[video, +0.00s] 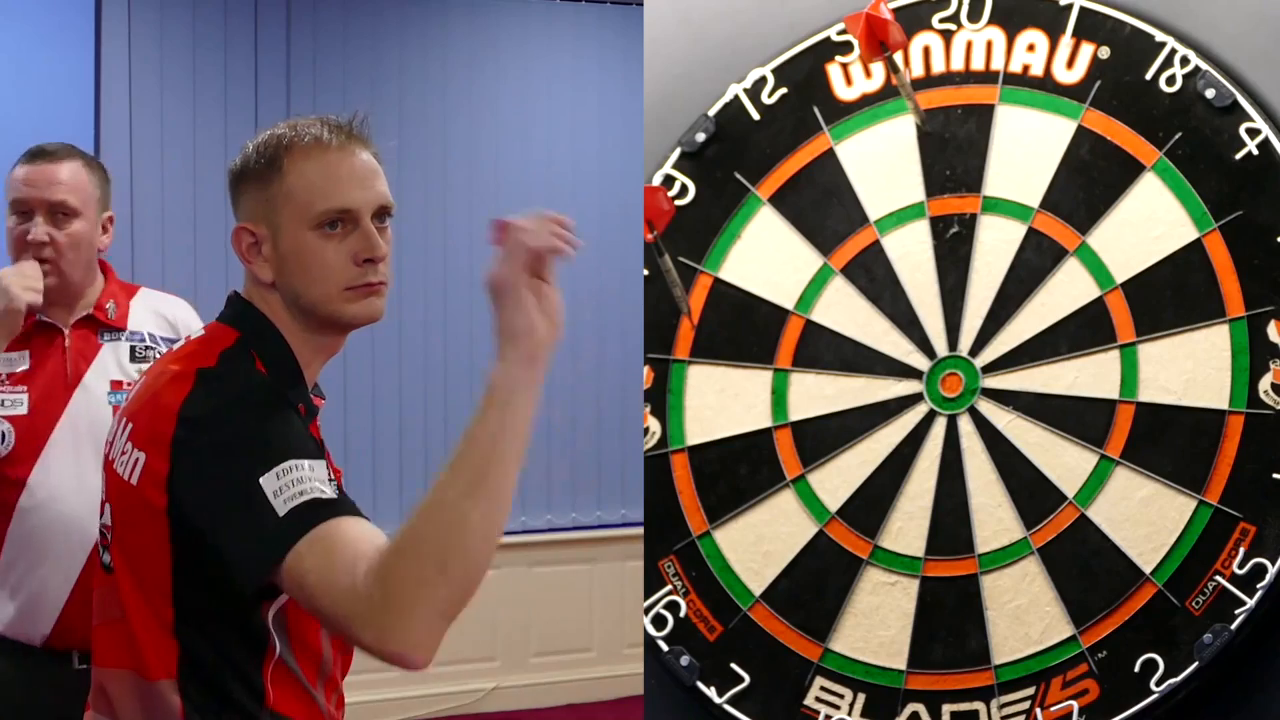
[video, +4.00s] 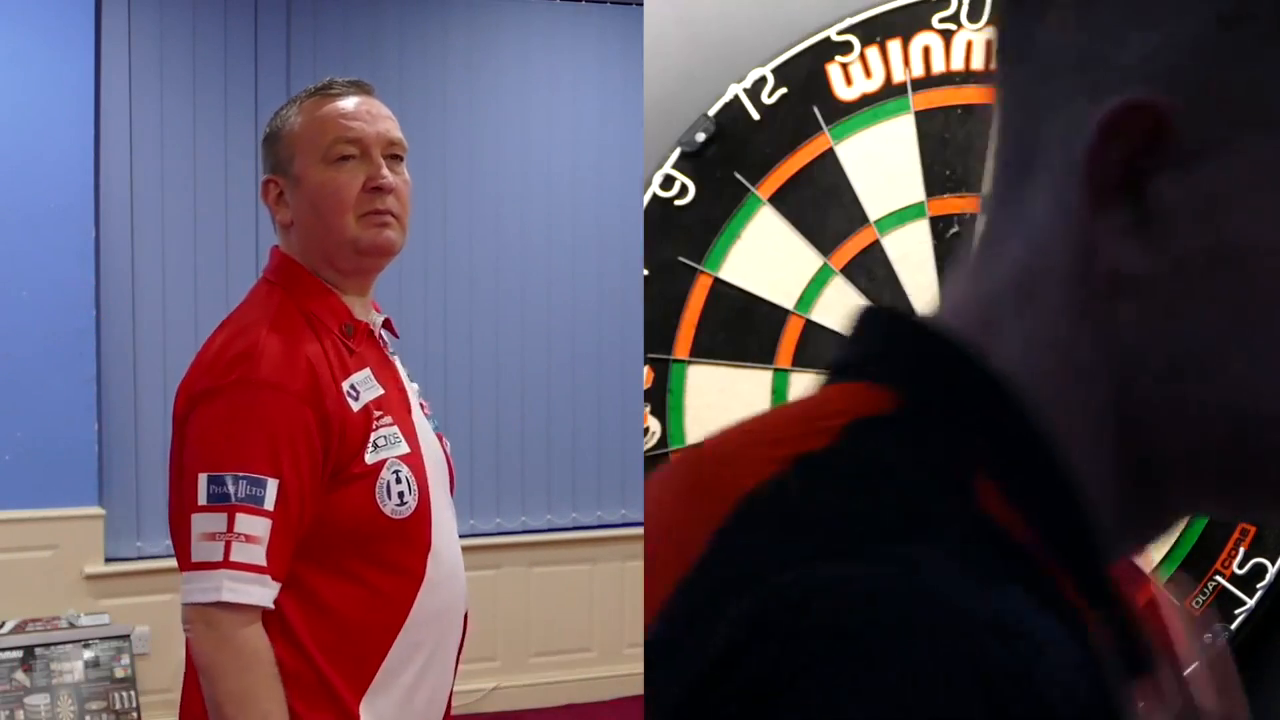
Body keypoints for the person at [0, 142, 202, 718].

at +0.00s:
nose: (36, 233)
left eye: (61, 215)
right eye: (22, 214)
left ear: (105, 230)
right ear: (6, 222)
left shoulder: (170, 323)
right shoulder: (1, 331)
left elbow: (216, 467)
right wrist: (4, 332)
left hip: (145, 660)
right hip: (17, 659)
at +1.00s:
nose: (140, 209)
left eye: (155, 196)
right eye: (116, 195)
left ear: (173, 222)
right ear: (74, 225)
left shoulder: (215, 331)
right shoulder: (19, 344)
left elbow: (262, 472)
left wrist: (204, 560)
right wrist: (120, 562)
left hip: (200, 655)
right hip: (69, 663)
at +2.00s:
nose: (153, 249)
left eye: (170, 227)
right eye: (128, 224)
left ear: (185, 231)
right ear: (69, 222)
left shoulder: (211, 346)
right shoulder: (9, 357)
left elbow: (230, 499)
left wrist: (247, 605)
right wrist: (90, 610)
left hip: (199, 697)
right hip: (47, 699)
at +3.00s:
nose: (341, 201)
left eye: (352, 181)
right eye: (308, 179)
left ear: (365, 199)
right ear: (242, 211)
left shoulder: (310, 337)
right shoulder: (227, 338)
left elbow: (316, 543)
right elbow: (187, 568)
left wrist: (400, 663)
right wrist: (399, 622)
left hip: (355, 703)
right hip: (263, 704)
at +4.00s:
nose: (383, 178)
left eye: (394, 158)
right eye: (346, 159)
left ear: (409, 183)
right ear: (279, 201)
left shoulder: (364, 335)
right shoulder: (259, 361)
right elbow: (221, 619)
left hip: (404, 698)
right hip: (320, 705)